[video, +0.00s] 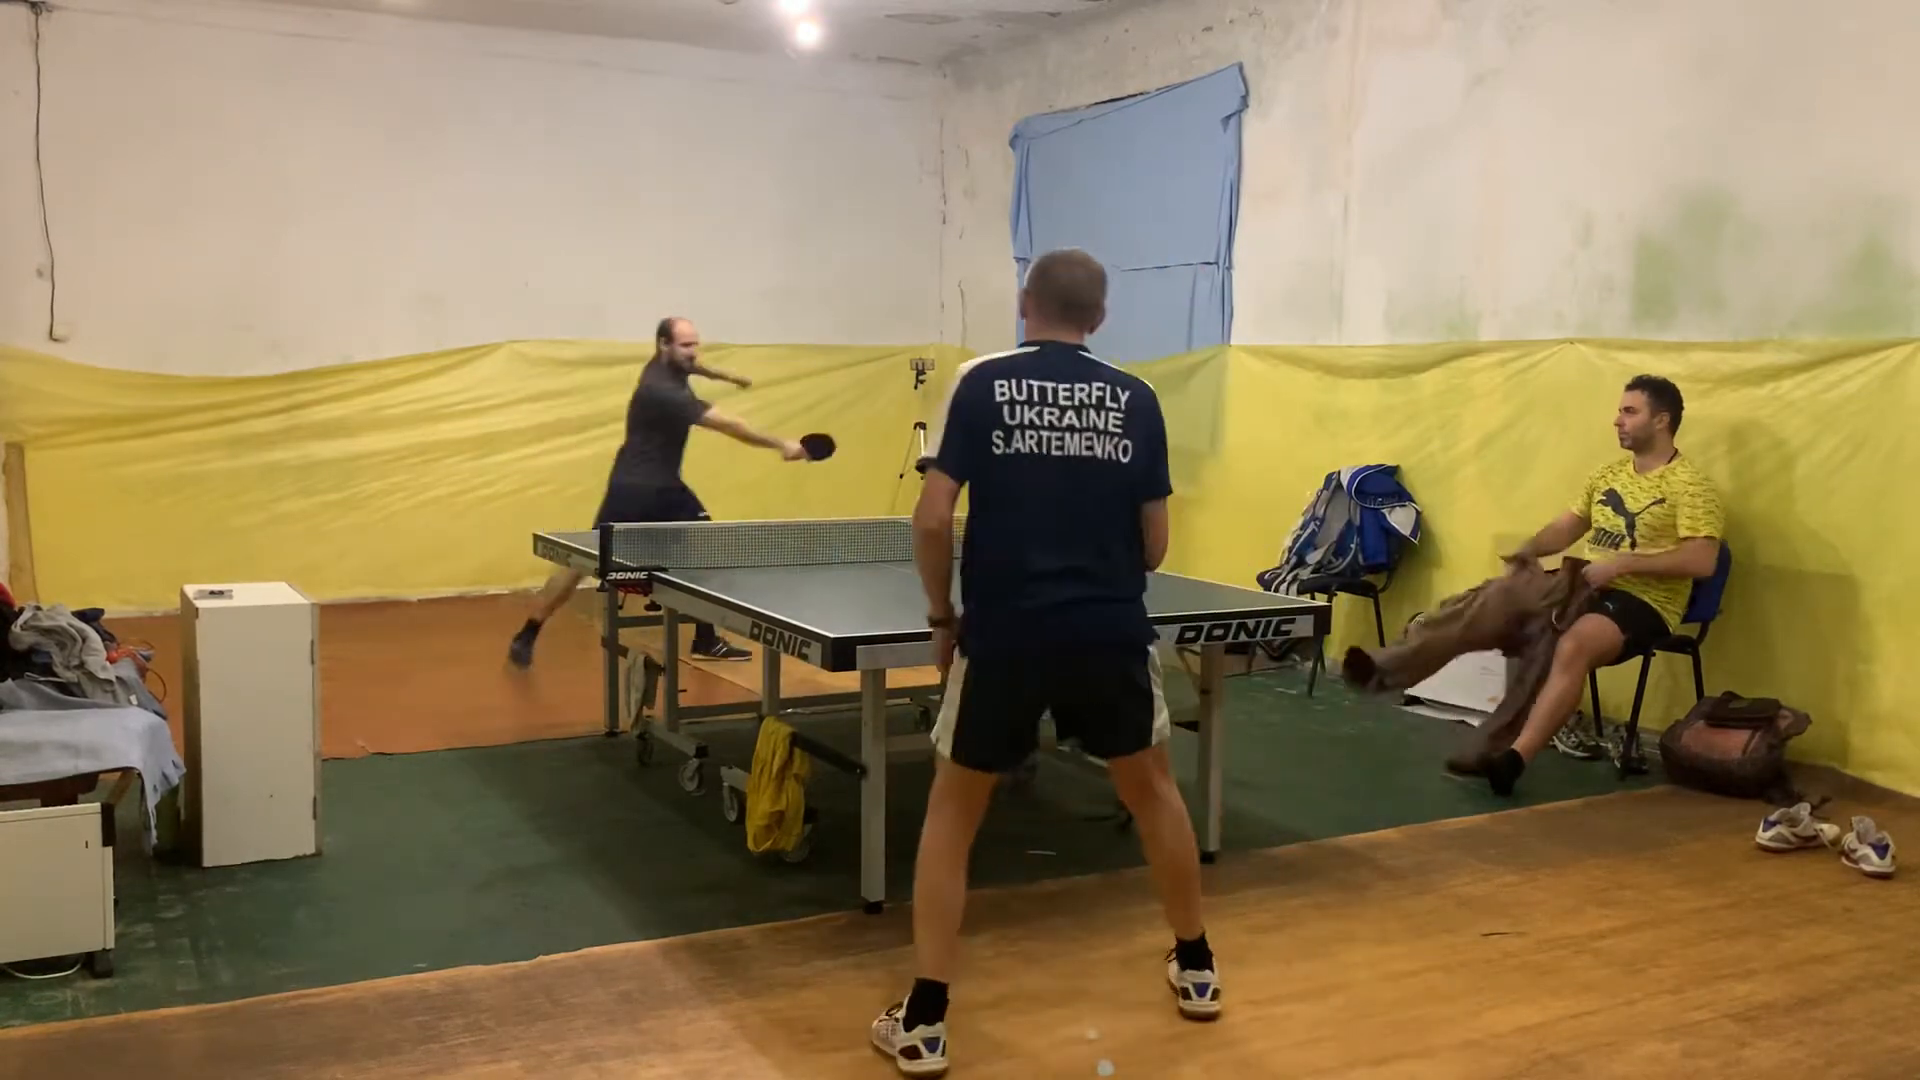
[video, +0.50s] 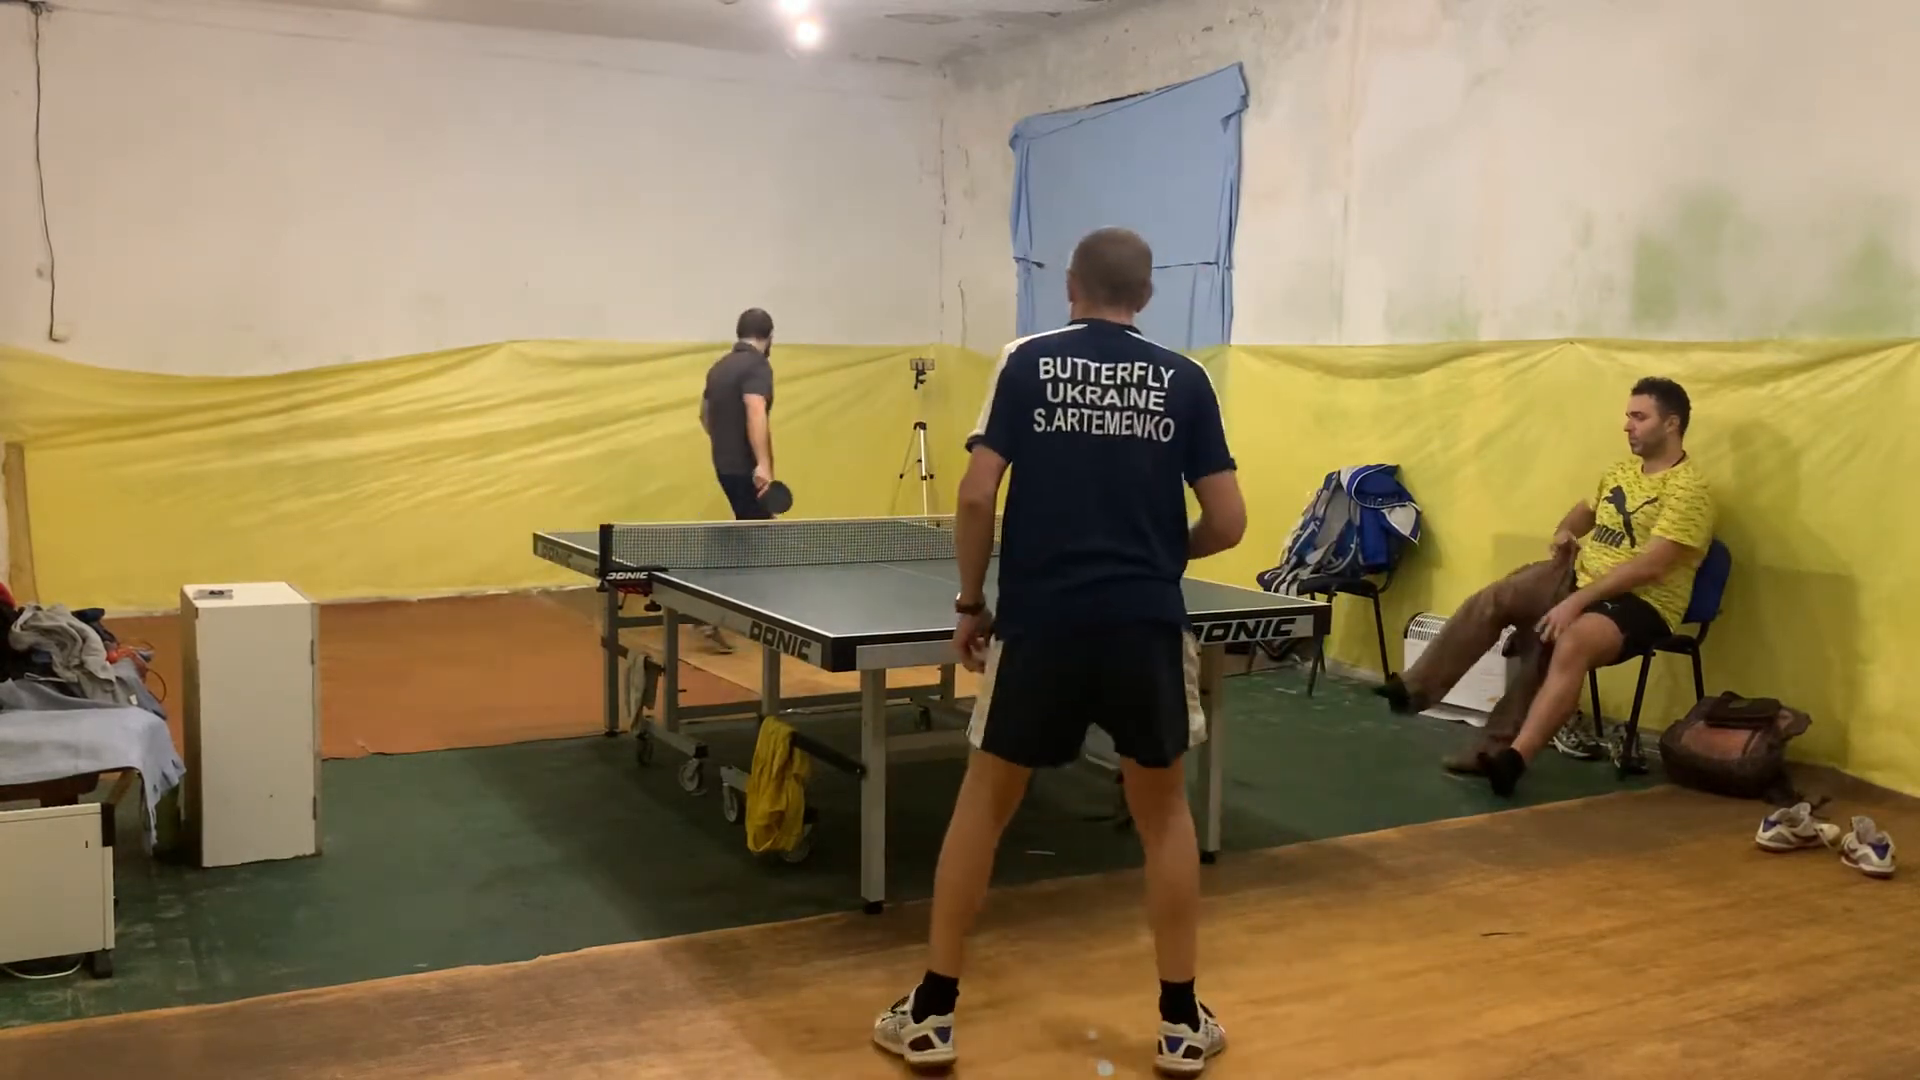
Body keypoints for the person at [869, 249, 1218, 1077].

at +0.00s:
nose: (1017, 317)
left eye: (1020, 305)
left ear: (1026, 309)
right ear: (1099, 320)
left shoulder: (981, 383)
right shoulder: (1136, 397)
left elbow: (931, 520)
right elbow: (1153, 545)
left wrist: (942, 615)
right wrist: (1090, 570)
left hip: (1004, 639)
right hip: (1108, 637)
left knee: (951, 818)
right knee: (1150, 789)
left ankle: (925, 1017)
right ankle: (1197, 966)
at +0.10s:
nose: (1022, 310)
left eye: (1022, 298)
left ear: (1025, 302)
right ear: (1099, 312)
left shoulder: (979, 372)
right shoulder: (1134, 390)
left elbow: (923, 503)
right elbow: (1155, 542)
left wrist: (933, 608)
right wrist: (1095, 523)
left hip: (999, 635)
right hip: (1104, 635)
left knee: (954, 812)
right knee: (1147, 790)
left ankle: (925, 1017)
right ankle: (1194, 988)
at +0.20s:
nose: (1038, 306)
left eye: (1034, 293)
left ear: (1037, 297)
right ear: (1110, 309)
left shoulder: (990, 370)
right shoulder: (1145, 388)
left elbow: (931, 497)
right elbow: (1165, 537)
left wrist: (938, 605)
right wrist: (1101, 538)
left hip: (1004, 636)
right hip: (1109, 638)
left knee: (958, 813)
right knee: (1145, 800)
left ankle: (924, 1018)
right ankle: (1184, 1012)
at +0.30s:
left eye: (1056, 294)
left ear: (1055, 299)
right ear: (1130, 310)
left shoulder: (1008, 369)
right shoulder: (1162, 390)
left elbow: (951, 500)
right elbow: (1185, 541)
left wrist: (949, 608)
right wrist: (1120, 527)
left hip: (1018, 633)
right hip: (1121, 636)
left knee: (965, 813)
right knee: (1153, 806)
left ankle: (924, 1018)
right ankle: (1182, 1019)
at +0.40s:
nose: (1073, 305)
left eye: (1070, 292)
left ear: (1069, 296)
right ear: (1145, 305)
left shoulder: (1021, 365)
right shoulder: (1176, 385)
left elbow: (968, 498)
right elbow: (1208, 538)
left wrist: (965, 608)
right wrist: (1144, 550)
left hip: (1034, 628)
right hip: (1137, 632)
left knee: (975, 809)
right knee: (1159, 806)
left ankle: (926, 1013)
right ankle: (1181, 1019)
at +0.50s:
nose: (1071, 299)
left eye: (1070, 287)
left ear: (1073, 291)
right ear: (1148, 299)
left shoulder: (1027, 361)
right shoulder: (1184, 379)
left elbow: (977, 492)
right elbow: (1228, 525)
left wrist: (971, 602)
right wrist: (1162, 549)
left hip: (1043, 624)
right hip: (1147, 627)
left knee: (983, 804)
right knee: (1163, 809)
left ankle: (933, 1009)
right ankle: (1181, 1018)